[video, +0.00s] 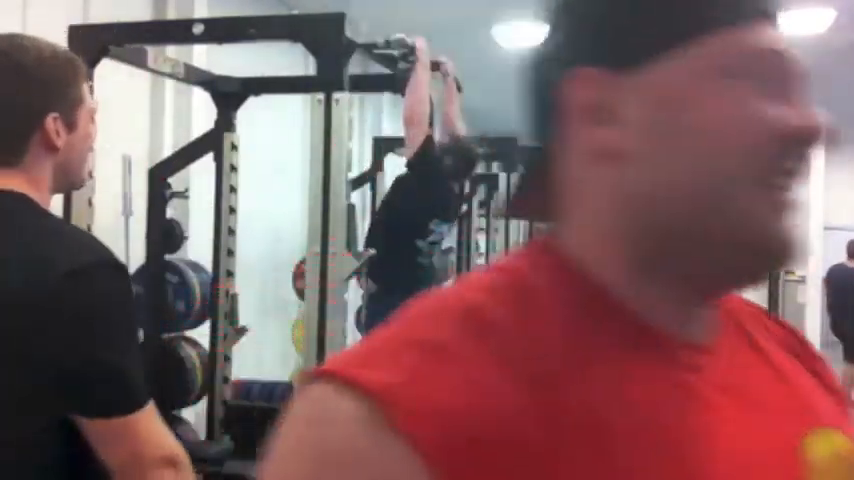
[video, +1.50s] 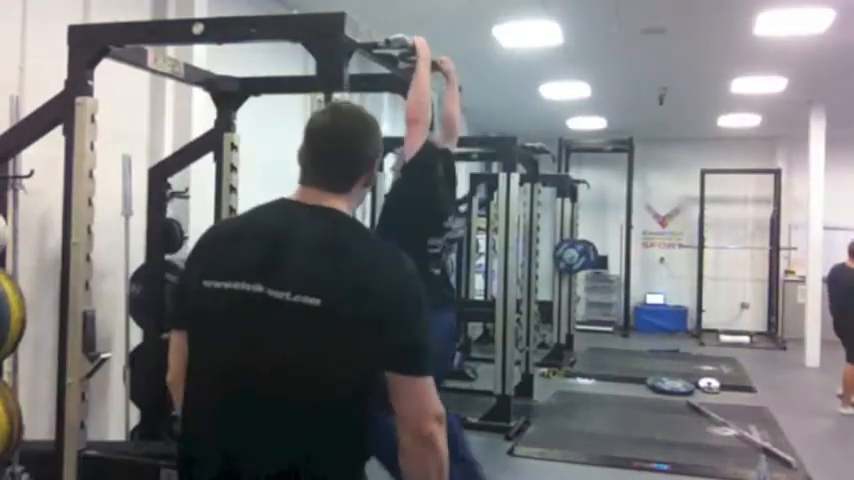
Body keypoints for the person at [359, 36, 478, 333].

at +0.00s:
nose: (437, 141)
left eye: (443, 142)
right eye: (442, 139)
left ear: (443, 156)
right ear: (461, 169)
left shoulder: (425, 175)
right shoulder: (451, 191)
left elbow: (414, 120)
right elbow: (452, 128)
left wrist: (421, 58)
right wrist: (450, 79)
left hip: (389, 298)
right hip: (424, 294)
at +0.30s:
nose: (456, 104)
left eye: (464, 99)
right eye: (462, 99)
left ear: (477, 111)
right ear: (490, 119)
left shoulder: (452, 137)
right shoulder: (483, 156)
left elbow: (407, 114)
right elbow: (451, 121)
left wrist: (419, 58)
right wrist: (447, 78)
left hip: (397, 236)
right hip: (423, 239)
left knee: (362, 317)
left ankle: (433, 364)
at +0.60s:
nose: (441, 34)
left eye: (445, 28)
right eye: (443, 28)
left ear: (461, 31)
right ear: (475, 32)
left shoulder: (473, 67)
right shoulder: (486, 67)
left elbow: (433, 107)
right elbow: (437, 105)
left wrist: (422, 54)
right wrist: (427, 68)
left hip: (419, 166)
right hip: (432, 168)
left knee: (330, 206)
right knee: (347, 212)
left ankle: (251, 248)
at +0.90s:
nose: (440, 48)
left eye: (445, 42)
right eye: (441, 42)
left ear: (462, 45)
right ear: (472, 49)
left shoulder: (469, 74)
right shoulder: (481, 80)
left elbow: (433, 95)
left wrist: (424, 46)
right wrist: (429, 64)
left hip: (429, 173)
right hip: (448, 186)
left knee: (335, 176)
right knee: (362, 206)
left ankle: (260, 202)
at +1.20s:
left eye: (432, 115)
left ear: (435, 120)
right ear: (468, 131)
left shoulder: (437, 147)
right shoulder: (471, 170)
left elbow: (409, 106)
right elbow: (459, 123)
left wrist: (421, 54)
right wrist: (453, 79)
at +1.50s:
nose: (410, 146)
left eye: (416, 141)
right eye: (418, 140)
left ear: (420, 149)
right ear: (443, 151)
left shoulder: (420, 174)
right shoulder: (445, 179)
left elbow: (416, 117)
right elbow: (451, 129)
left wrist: (422, 59)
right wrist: (452, 78)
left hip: (406, 301)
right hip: (438, 301)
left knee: (383, 403)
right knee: (429, 400)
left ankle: (410, 470)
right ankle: (464, 469)